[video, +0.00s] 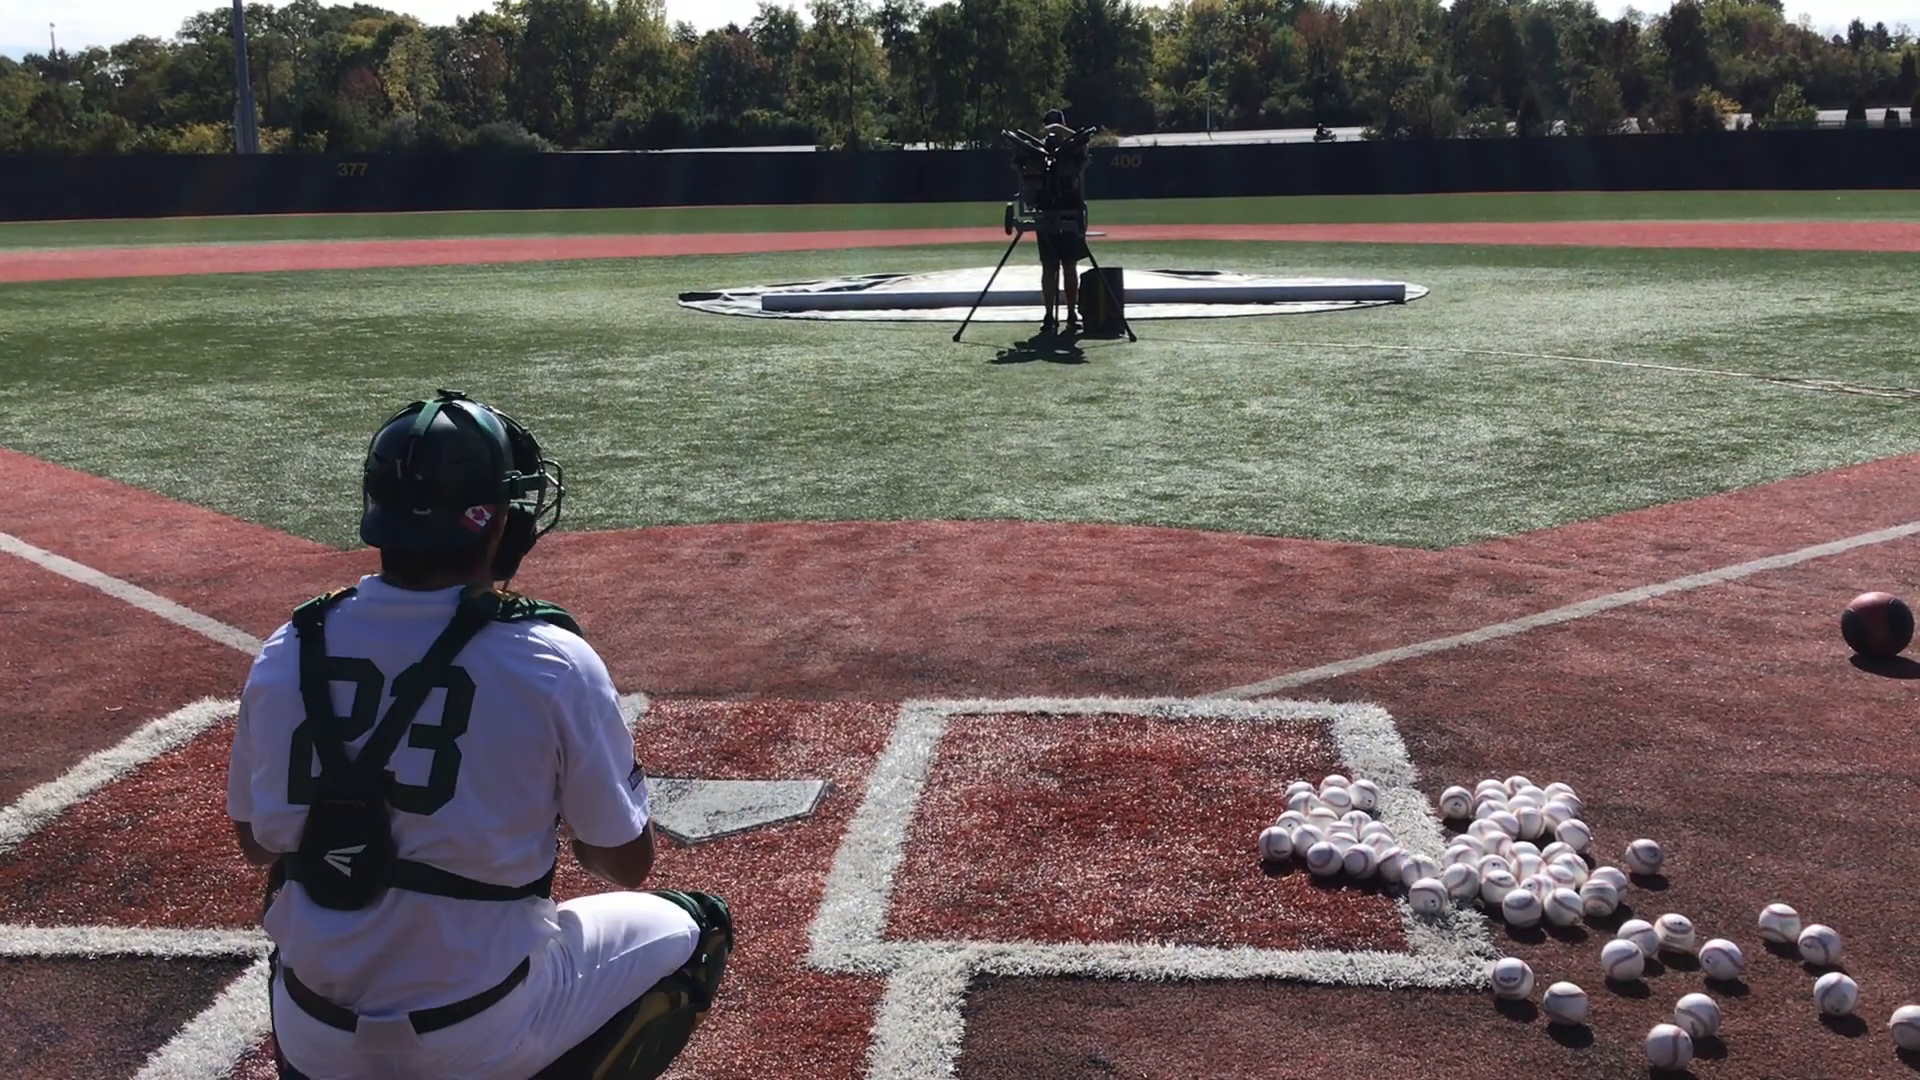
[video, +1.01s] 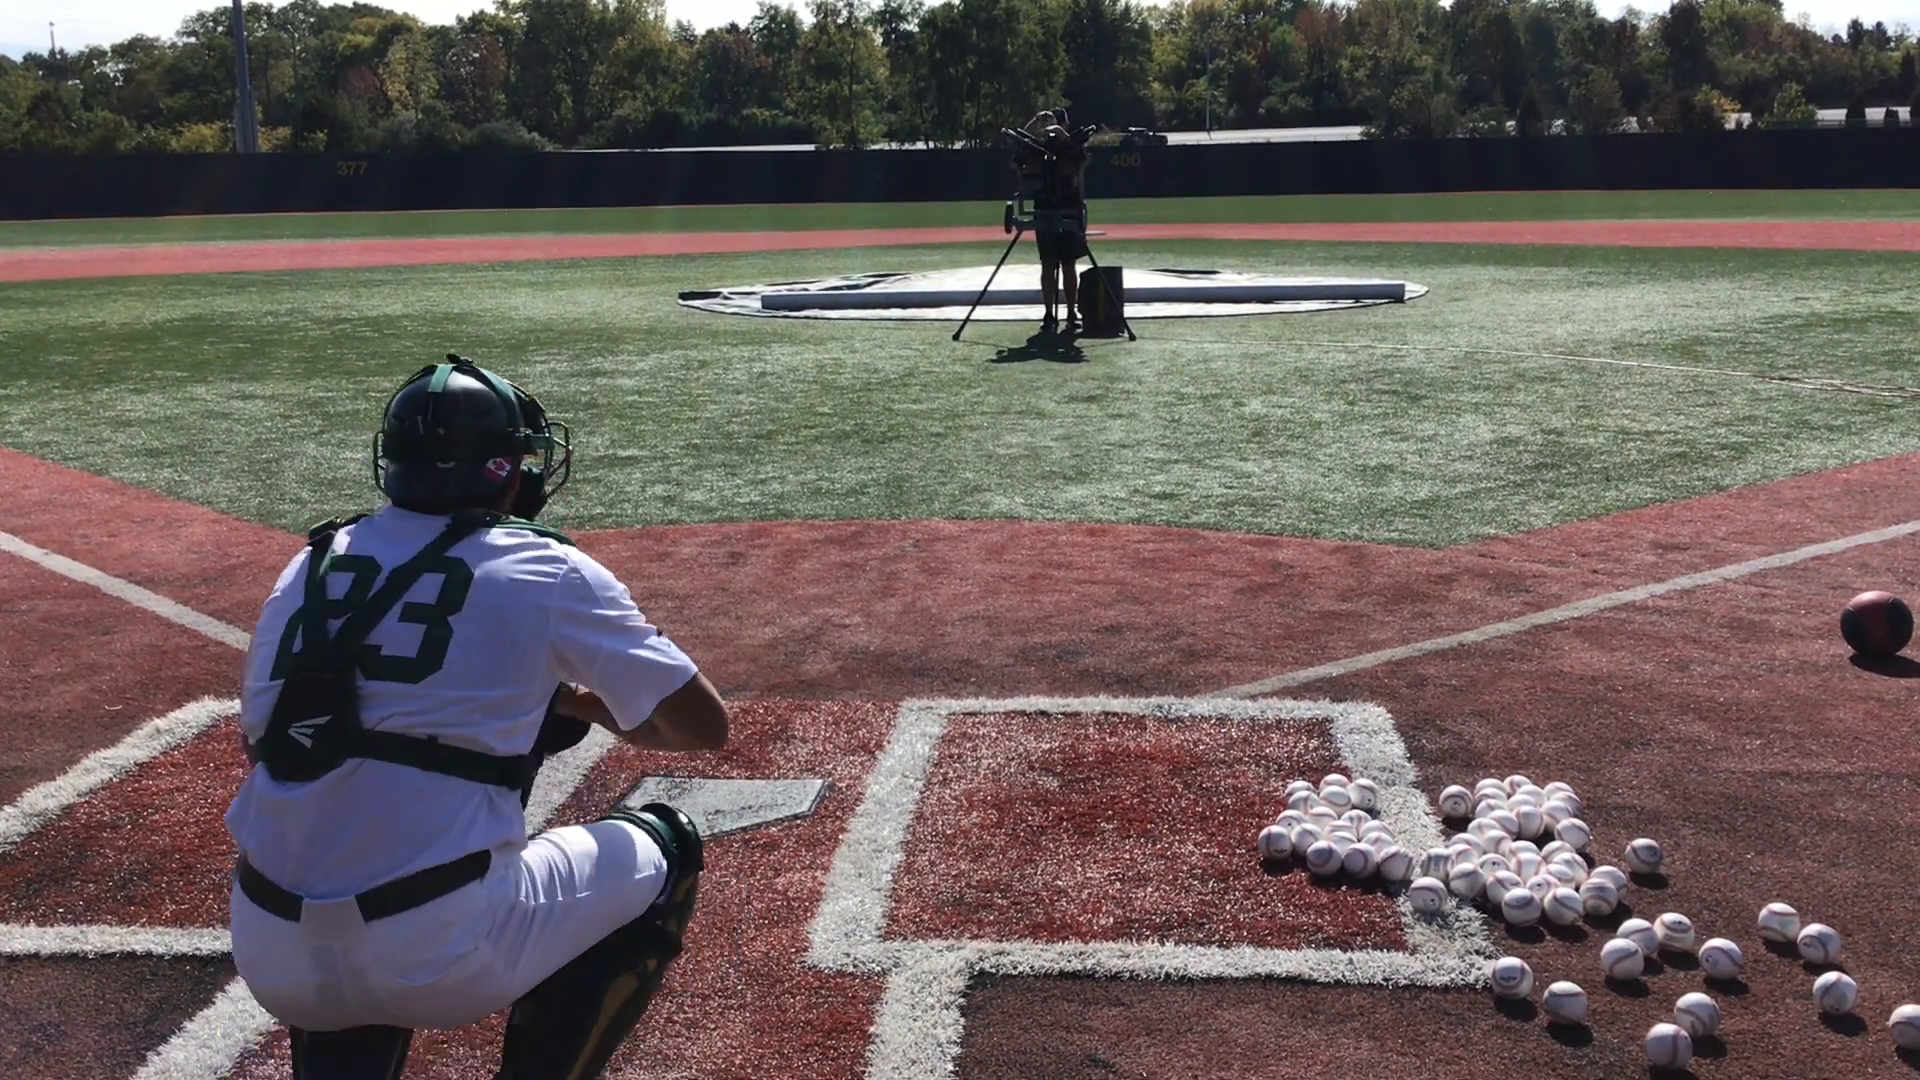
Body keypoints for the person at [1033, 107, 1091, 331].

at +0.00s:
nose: (1053, 134)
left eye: (1057, 130)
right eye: (1049, 130)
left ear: (1064, 130)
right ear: (1044, 130)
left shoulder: (1074, 150)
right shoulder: (1039, 151)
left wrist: (1064, 135)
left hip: (1070, 214)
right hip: (1045, 215)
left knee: (1070, 268)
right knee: (1050, 269)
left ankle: (1072, 314)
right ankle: (1049, 315)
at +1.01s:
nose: (1053, 132)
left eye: (1057, 128)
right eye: (1050, 129)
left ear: (1066, 127)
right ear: (1046, 131)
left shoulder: (1073, 148)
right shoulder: (1038, 150)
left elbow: (1079, 155)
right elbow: (1018, 147)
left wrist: (1061, 132)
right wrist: (1034, 123)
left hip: (1069, 213)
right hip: (1045, 213)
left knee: (1069, 267)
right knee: (1048, 268)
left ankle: (1071, 313)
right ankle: (1049, 314)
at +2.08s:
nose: (1048, 129)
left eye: (1052, 125)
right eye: (1044, 125)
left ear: (1060, 127)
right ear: (1039, 128)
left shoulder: (1070, 148)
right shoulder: (1034, 150)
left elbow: (1078, 163)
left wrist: (1069, 142)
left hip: (1068, 214)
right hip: (1043, 215)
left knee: (1068, 267)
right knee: (1047, 268)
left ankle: (1071, 313)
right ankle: (1048, 315)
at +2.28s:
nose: (1050, 131)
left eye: (1054, 127)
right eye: (1046, 127)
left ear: (1061, 129)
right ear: (1041, 130)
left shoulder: (1071, 149)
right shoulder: (1034, 151)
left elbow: (1080, 166)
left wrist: (1073, 145)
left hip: (1070, 215)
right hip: (1044, 217)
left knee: (1072, 268)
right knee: (1047, 269)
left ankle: (1072, 314)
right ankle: (1048, 315)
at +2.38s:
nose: (1054, 134)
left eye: (1059, 130)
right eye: (1051, 129)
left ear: (1067, 132)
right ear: (1046, 131)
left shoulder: (1076, 151)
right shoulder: (1037, 152)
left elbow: (1086, 177)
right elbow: (1025, 185)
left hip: (1073, 215)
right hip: (1045, 216)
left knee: (1078, 268)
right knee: (1047, 268)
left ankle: (1077, 316)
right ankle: (1048, 315)